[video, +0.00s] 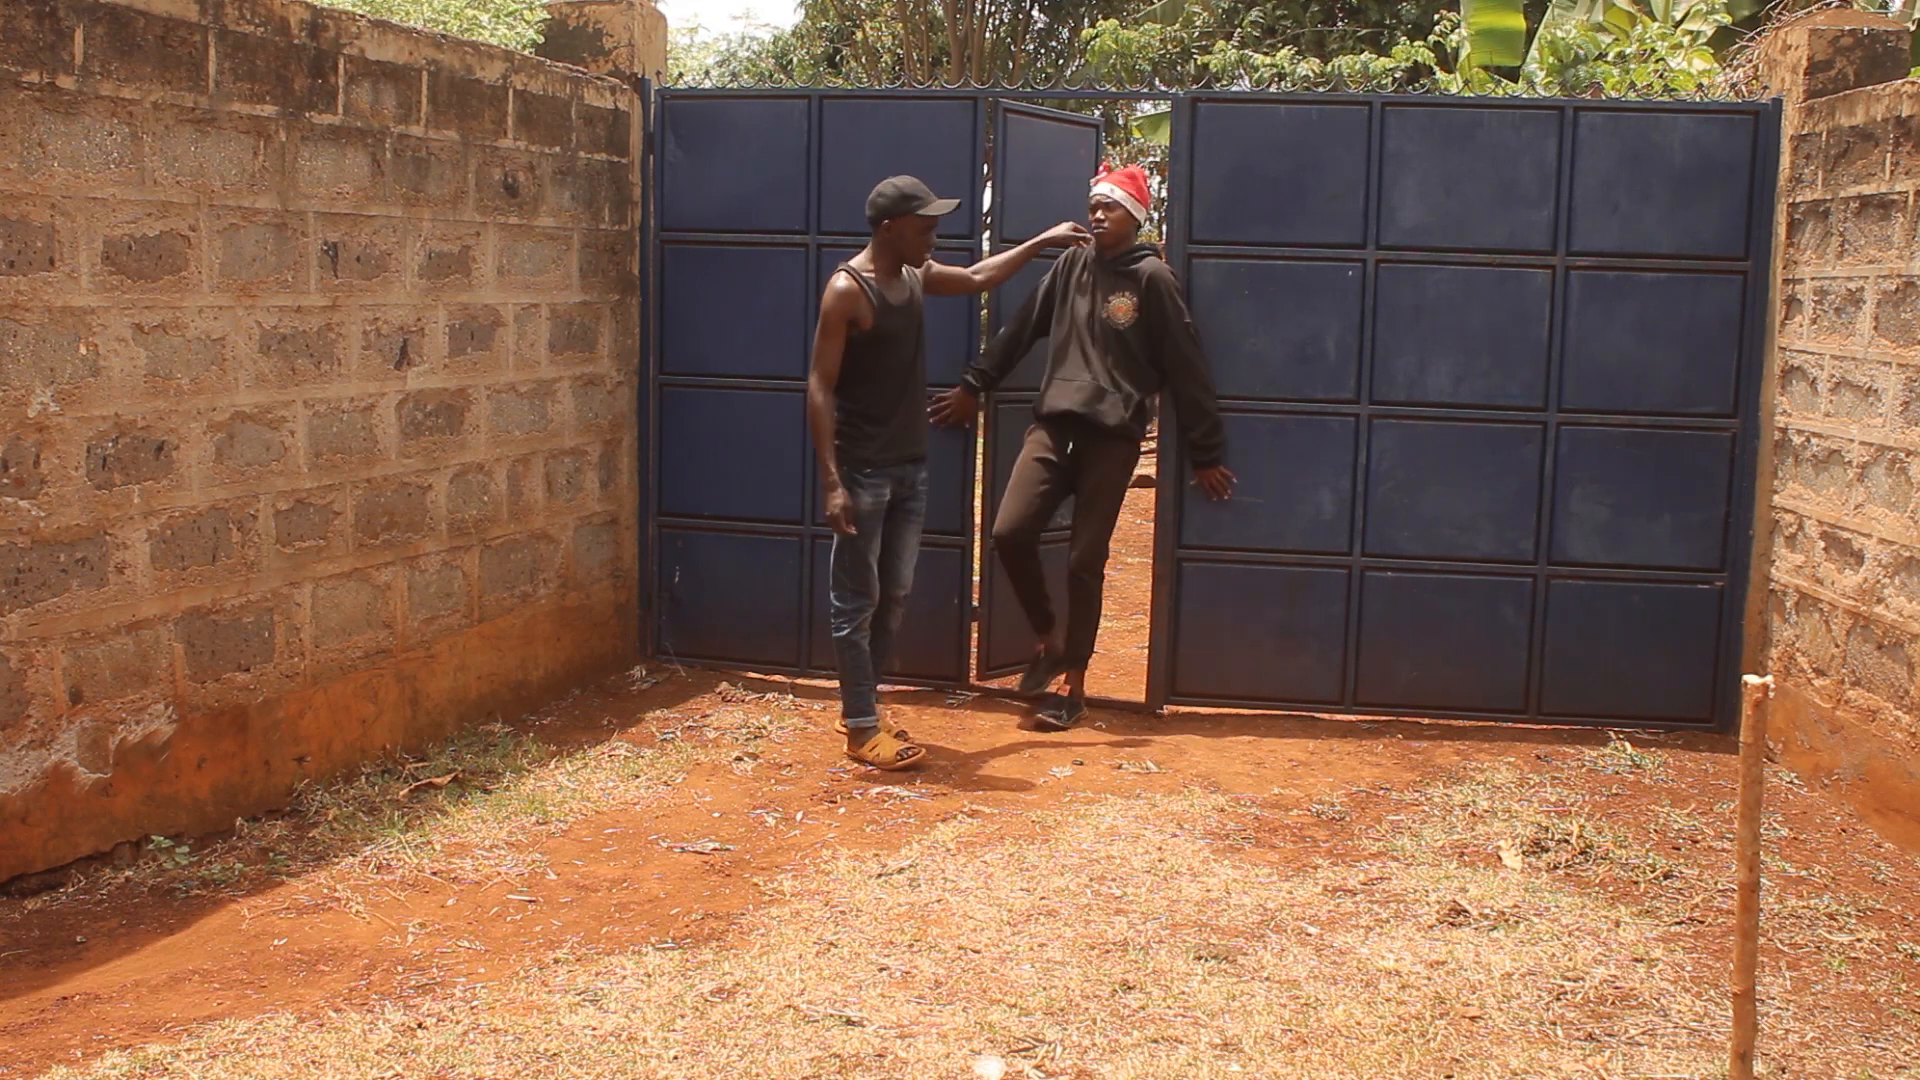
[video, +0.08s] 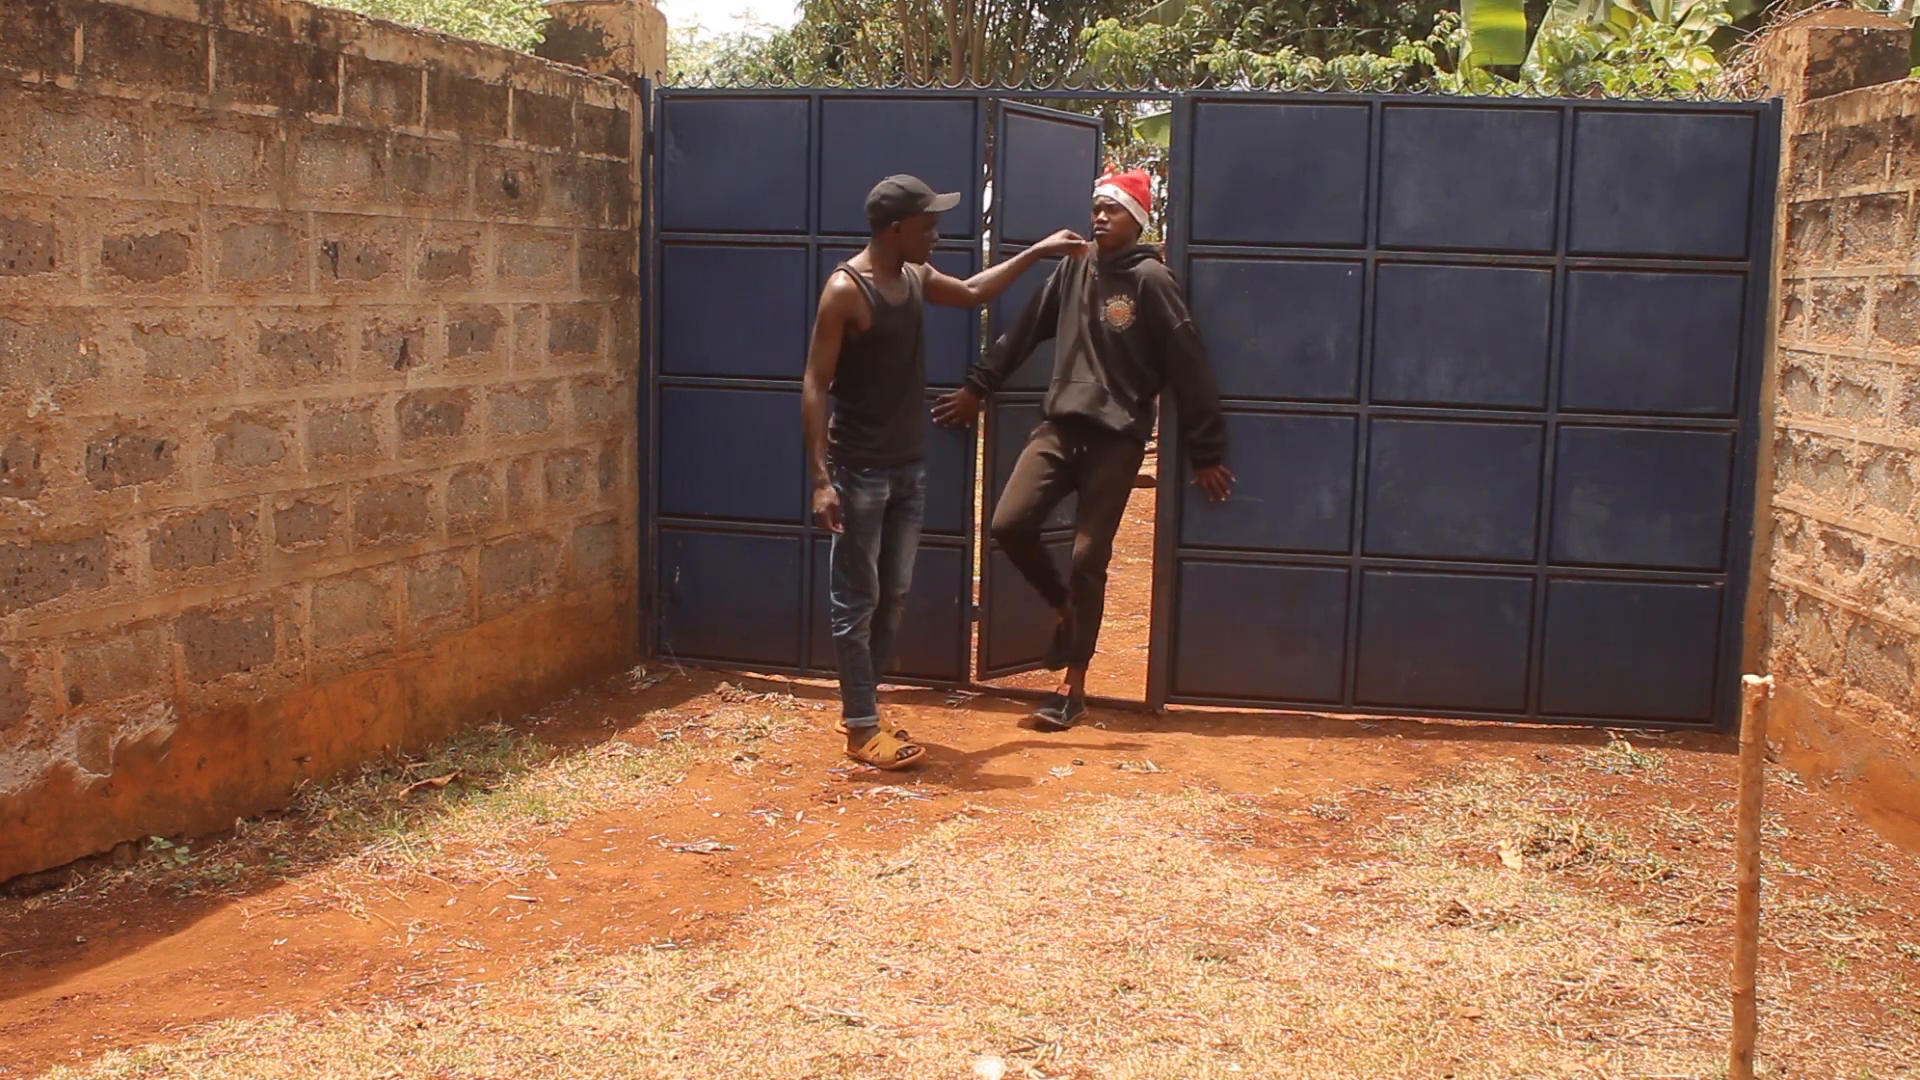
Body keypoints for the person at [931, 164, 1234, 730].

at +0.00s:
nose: (1097, 217)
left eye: (1111, 209)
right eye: (1095, 206)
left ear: (1138, 218)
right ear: (1088, 211)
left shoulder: (1151, 277)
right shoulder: (1070, 263)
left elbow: (1187, 368)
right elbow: (1021, 329)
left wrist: (1205, 454)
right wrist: (973, 385)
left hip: (1112, 433)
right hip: (1053, 424)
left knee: (1085, 559)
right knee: (1009, 534)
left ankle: (1073, 690)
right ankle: (1050, 641)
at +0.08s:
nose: (1101, 217)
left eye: (1113, 211)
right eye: (1098, 208)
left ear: (1139, 221)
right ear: (1092, 214)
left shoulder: (1150, 279)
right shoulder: (1073, 267)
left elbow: (1190, 367)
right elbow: (1022, 331)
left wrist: (1205, 452)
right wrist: (976, 387)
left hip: (1116, 434)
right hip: (1059, 424)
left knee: (1087, 557)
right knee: (1008, 525)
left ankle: (1072, 692)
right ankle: (1065, 605)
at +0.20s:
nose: (1101, 219)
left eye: (1113, 212)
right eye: (1098, 210)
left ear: (1139, 223)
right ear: (1093, 217)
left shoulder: (1148, 281)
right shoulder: (1079, 269)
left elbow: (1189, 367)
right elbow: (1032, 334)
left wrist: (1199, 451)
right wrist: (986, 388)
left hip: (1120, 435)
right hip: (1068, 429)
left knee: (1086, 555)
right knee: (1025, 541)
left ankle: (1071, 692)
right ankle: (1096, 616)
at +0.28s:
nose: (1098, 221)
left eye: (1111, 215)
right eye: (1096, 212)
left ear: (1138, 226)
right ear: (1092, 219)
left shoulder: (1145, 281)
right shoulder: (1084, 268)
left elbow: (1186, 364)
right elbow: (1040, 332)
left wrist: (1195, 452)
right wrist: (990, 386)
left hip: (1121, 438)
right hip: (1073, 432)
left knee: (1080, 557)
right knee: (1051, 556)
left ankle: (1070, 693)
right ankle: (1109, 657)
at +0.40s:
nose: (1094, 231)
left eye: (1107, 224)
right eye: (1091, 223)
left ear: (1133, 233)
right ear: (1088, 229)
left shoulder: (1139, 285)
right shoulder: (1087, 278)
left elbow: (1184, 367)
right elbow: (1047, 339)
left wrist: (1191, 456)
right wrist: (996, 391)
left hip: (1118, 445)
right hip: (1082, 442)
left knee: (1069, 556)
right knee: (1101, 565)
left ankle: (1069, 691)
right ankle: (1128, 676)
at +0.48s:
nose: (1093, 232)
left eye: (1104, 225)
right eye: (1089, 223)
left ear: (1131, 233)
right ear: (1087, 229)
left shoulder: (1136, 284)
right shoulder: (1089, 282)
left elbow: (1182, 364)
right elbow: (1050, 345)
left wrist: (1191, 455)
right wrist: (1001, 391)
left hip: (1120, 444)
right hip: (1095, 442)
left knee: (1069, 555)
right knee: (1112, 565)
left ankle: (1069, 689)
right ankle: (1131, 678)